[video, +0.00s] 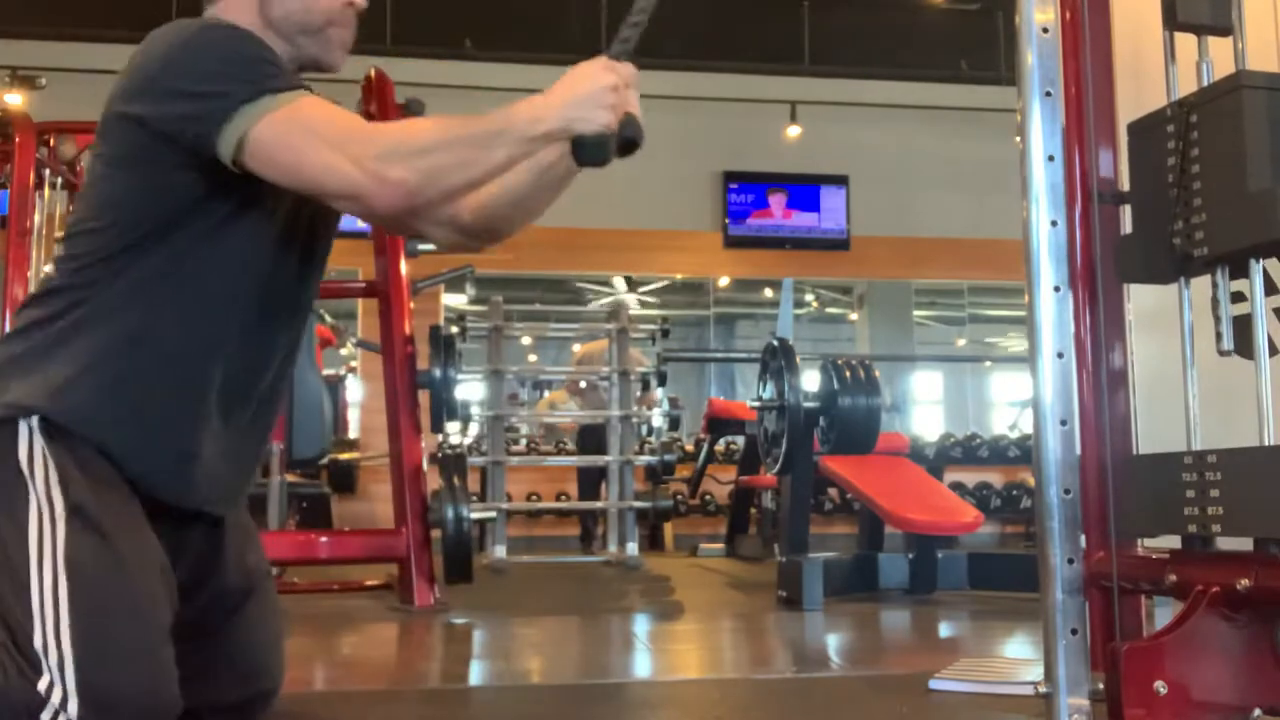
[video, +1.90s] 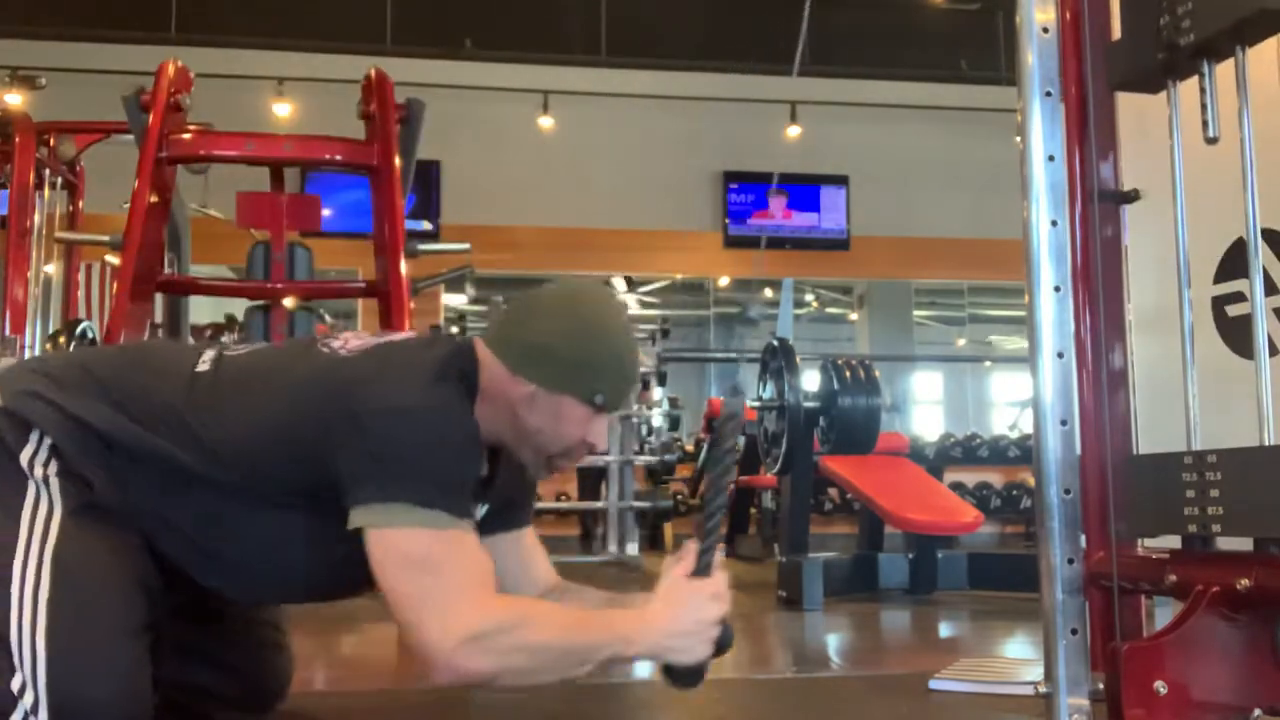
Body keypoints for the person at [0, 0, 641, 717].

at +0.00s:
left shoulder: (300, 121)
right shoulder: (193, 56)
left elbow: (462, 220)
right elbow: (384, 175)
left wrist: (578, 142)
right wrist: (550, 108)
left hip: (197, 472)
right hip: (66, 441)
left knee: (237, 685)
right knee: (106, 700)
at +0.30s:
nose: (458, 66)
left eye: (458, 45)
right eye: (437, 38)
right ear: (358, 42)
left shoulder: (396, 179)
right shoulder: (271, 103)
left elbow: (520, 308)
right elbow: (425, 254)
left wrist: (620, 243)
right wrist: (607, 206)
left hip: (215, 486)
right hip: (76, 451)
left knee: (254, 688)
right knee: (111, 702)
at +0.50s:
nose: (499, 151)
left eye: (503, 129)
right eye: (483, 119)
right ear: (410, 104)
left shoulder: (438, 244)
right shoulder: (310, 159)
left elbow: (514, 389)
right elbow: (413, 329)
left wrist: (610, 331)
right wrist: (597, 298)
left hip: (207, 491)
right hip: (78, 448)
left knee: (259, 683)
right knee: (112, 696)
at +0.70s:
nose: (522, 238)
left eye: (531, 216)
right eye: (512, 208)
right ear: (454, 181)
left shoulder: (456, 303)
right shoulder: (339, 216)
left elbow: (496, 461)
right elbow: (384, 407)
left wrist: (576, 416)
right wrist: (576, 395)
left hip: (203, 509)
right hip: (75, 452)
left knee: (261, 683)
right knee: (85, 698)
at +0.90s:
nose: (536, 334)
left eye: (547, 314)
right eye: (532, 305)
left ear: (496, 294)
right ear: (474, 270)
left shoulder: (455, 361)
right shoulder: (355, 289)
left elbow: (479, 517)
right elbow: (369, 504)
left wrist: (561, 499)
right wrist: (553, 499)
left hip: (189, 504)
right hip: (64, 448)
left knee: (259, 678)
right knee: (91, 694)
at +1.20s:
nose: (544, 442)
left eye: (557, 423)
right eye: (543, 413)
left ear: (488, 372)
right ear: (488, 370)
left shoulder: (448, 432)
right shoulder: (358, 388)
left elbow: (456, 583)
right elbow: (342, 620)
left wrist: (546, 617)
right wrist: (532, 615)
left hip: (170, 510)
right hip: (50, 461)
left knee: (252, 678)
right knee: (82, 703)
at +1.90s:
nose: (600, 440)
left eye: (610, 416)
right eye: (595, 410)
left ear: (543, 395)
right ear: (528, 384)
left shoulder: (496, 441)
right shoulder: (410, 410)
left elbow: (534, 594)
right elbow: (460, 643)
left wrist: (654, 628)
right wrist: (649, 627)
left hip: (170, 497)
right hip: (55, 450)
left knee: (247, 677)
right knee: (80, 697)